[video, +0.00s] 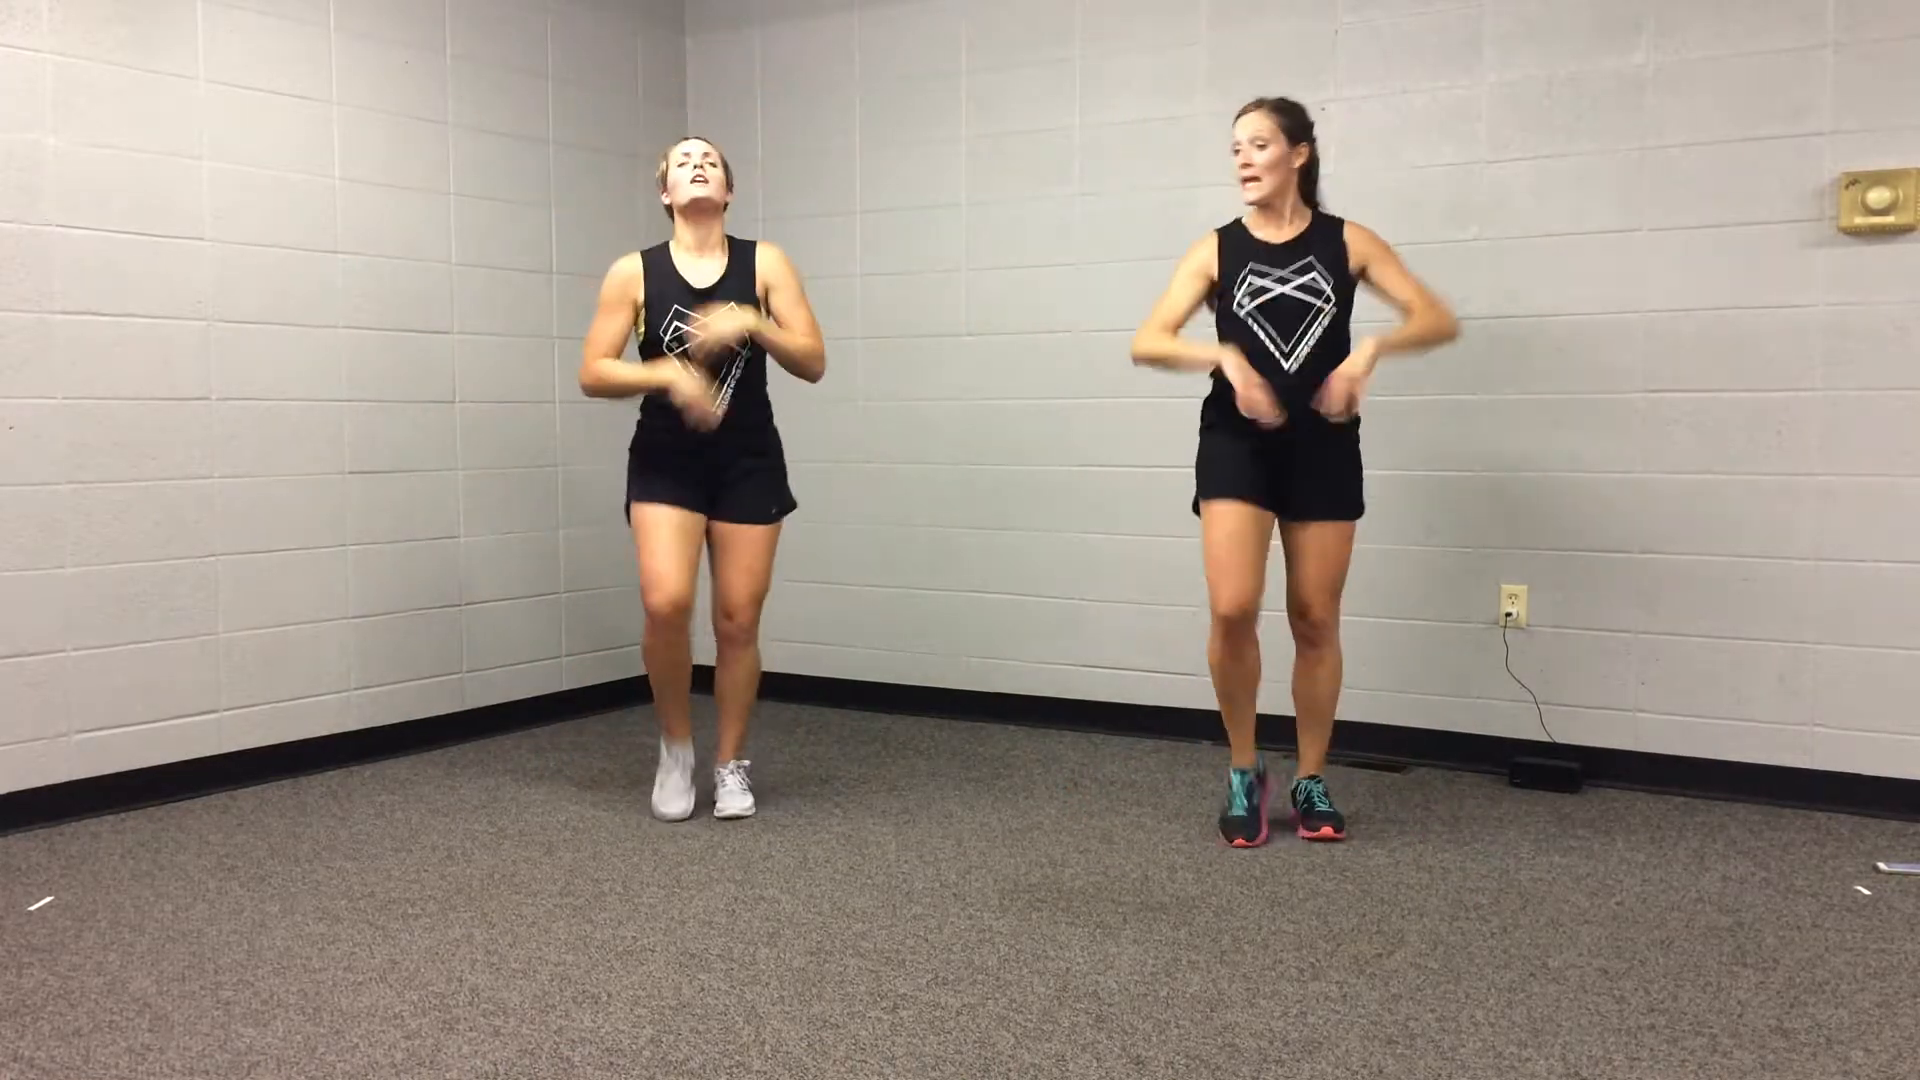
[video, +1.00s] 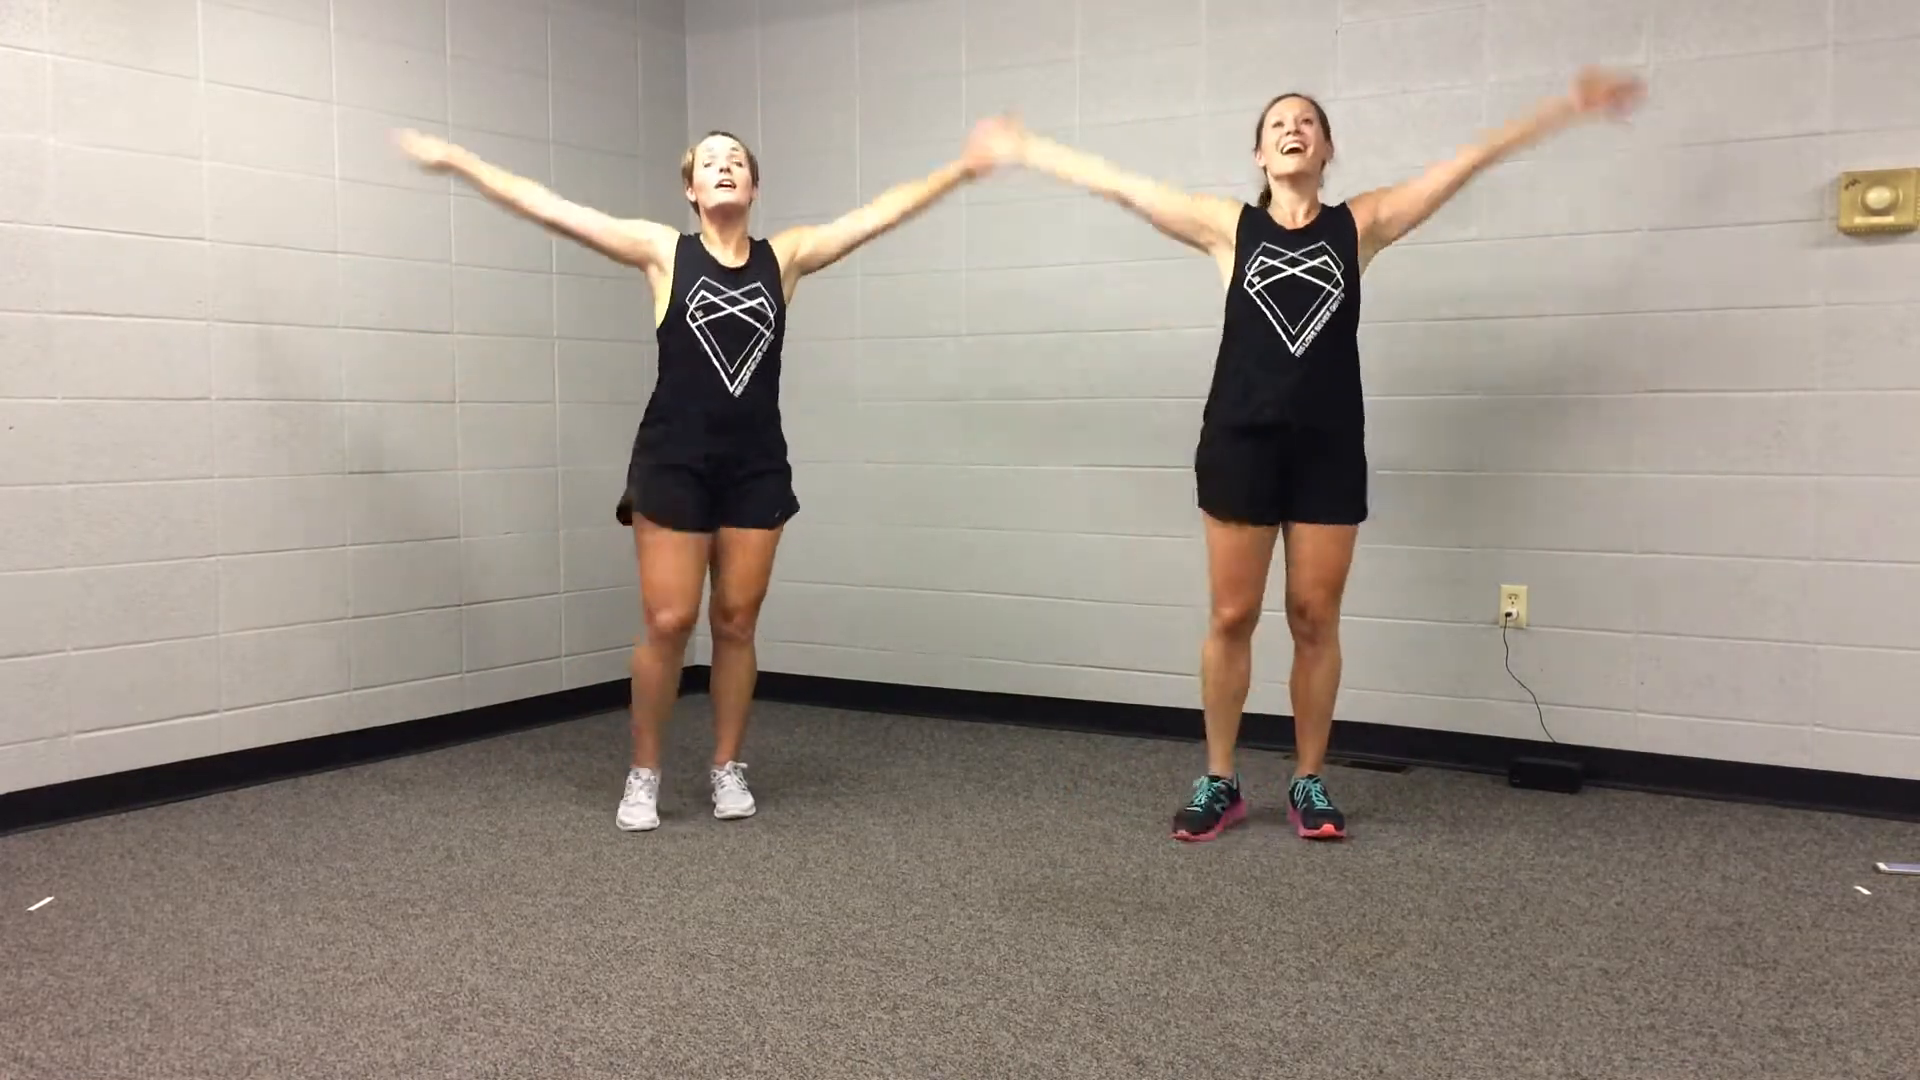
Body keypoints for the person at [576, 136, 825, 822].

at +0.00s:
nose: (699, 166)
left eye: (711, 161)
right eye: (684, 161)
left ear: (729, 190)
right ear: (664, 191)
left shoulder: (766, 262)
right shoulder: (633, 272)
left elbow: (814, 362)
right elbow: (594, 372)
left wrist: (751, 323)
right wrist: (669, 372)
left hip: (748, 457)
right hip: (665, 458)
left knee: (737, 619)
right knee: (665, 604)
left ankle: (731, 763)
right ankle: (675, 752)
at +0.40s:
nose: (715, 170)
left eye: (727, 165)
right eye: (701, 167)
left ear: (747, 193)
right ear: (683, 197)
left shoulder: (785, 266)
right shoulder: (653, 273)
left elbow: (807, 363)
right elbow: (624, 370)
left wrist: (780, 420)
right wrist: (653, 425)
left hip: (750, 462)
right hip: (667, 462)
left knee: (735, 623)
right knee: (673, 618)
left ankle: (727, 766)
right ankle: (651, 762)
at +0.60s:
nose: (715, 172)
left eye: (727, 168)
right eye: (701, 170)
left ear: (747, 199)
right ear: (683, 201)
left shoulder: (784, 275)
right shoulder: (654, 281)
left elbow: (835, 366)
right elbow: (603, 376)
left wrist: (892, 441)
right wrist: (549, 455)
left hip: (755, 469)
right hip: (672, 465)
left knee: (738, 626)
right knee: (655, 609)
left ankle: (728, 766)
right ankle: (653, 746)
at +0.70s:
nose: (720, 185)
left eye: (730, 180)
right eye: (707, 182)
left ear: (749, 210)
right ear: (687, 212)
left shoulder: (783, 286)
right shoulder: (652, 285)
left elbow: (864, 347)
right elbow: (572, 356)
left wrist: (935, 393)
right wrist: (491, 413)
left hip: (763, 474)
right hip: (681, 471)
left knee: (748, 630)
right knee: (644, 574)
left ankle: (730, 768)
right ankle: (658, 689)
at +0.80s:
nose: (721, 173)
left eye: (733, 169)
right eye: (707, 168)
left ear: (751, 200)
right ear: (685, 197)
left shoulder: (783, 271)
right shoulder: (654, 269)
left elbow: (880, 301)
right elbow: (555, 304)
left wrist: (968, 321)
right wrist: (455, 326)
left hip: (762, 467)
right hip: (680, 462)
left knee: (744, 627)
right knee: (647, 574)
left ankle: (729, 766)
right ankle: (655, 691)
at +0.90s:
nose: (722, 164)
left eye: (733, 158)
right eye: (708, 159)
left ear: (752, 184)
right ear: (688, 186)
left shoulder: (784, 252)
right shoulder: (658, 248)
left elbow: (878, 249)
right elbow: (542, 247)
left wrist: (953, 240)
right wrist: (440, 236)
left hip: (758, 458)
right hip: (675, 452)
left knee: (736, 617)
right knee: (661, 601)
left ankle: (727, 767)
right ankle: (644, 748)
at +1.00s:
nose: (724, 167)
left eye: (736, 161)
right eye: (709, 163)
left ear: (755, 188)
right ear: (689, 192)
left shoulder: (785, 255)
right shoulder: (663, 250)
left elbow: (877, 214)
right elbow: (554, 209)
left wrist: (962, 168)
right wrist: (461, 160)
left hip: (756, 467)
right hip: (672, 465)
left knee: (736, 621)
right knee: (669, 621)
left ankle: (727, 768)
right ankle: (645, 774)